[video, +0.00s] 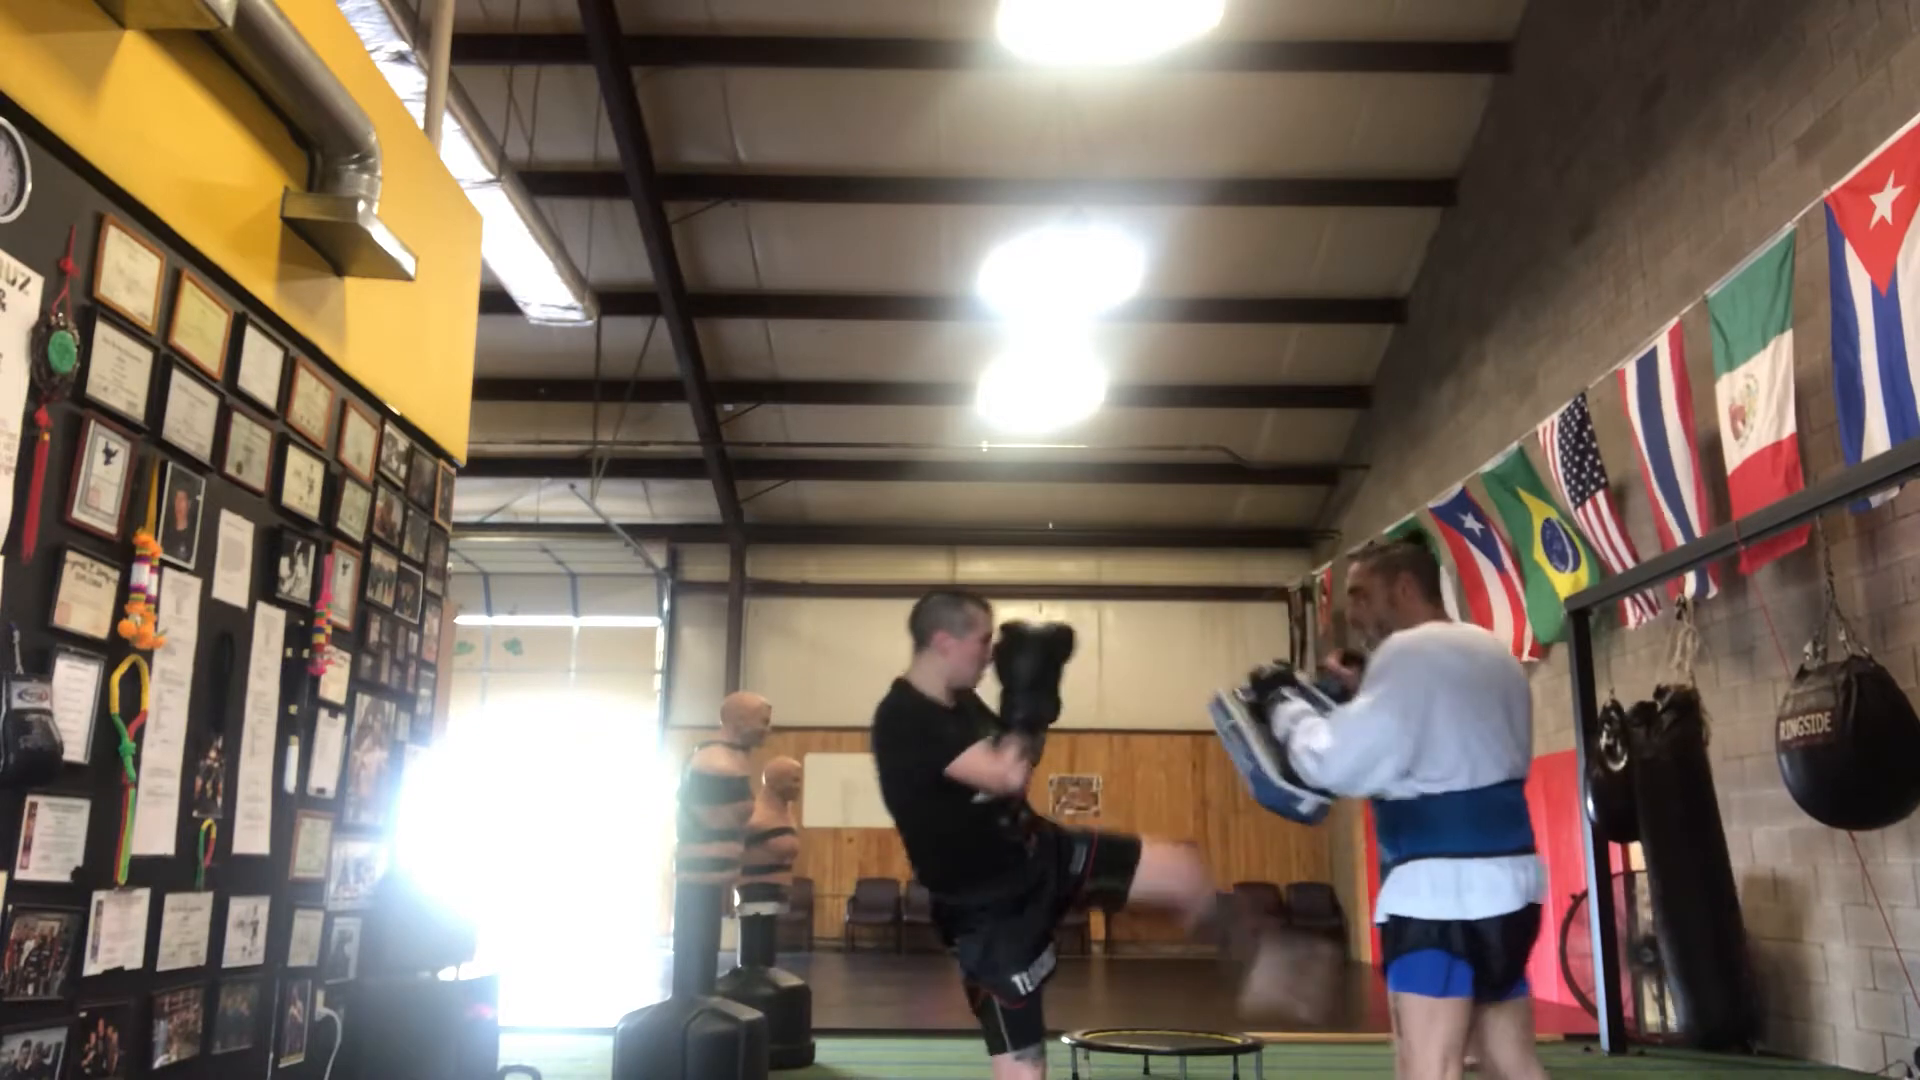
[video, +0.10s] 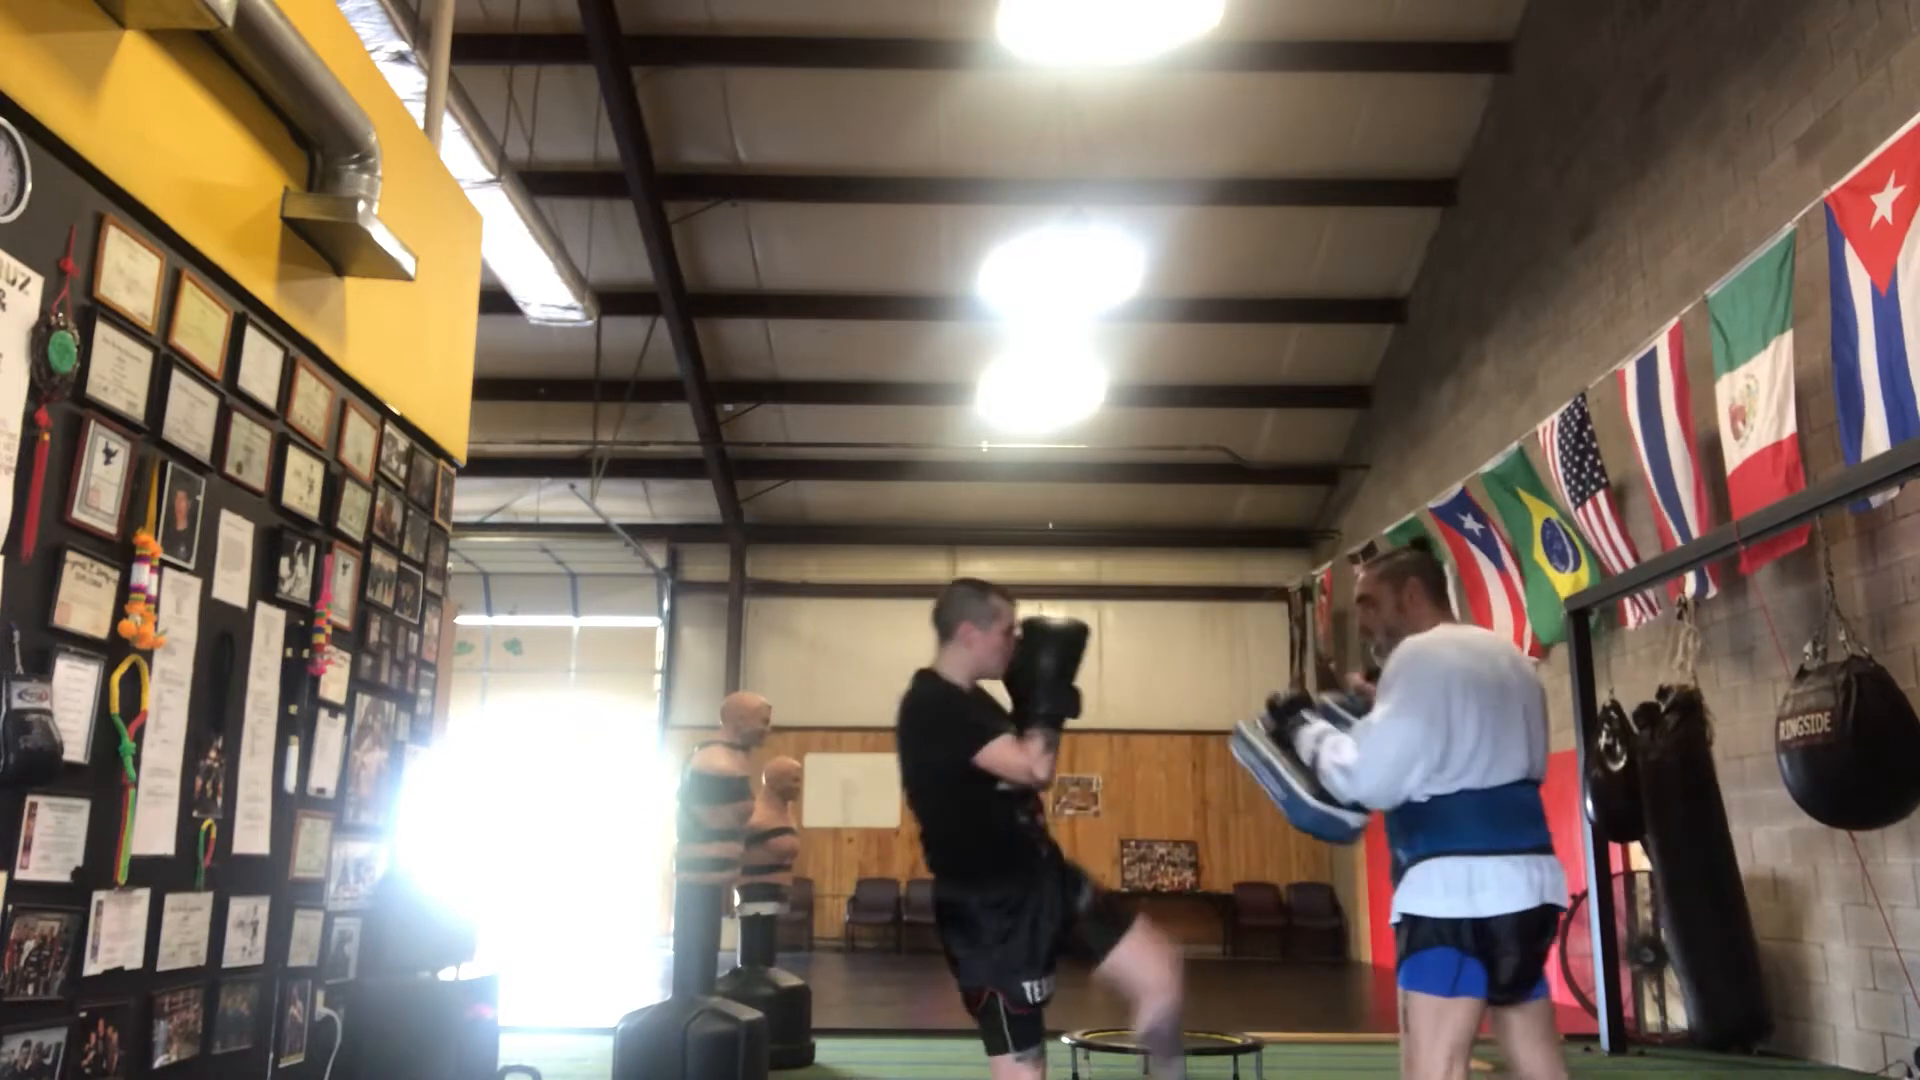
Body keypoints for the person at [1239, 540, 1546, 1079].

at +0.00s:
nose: (1352, 616)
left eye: (1360, 597)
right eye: (1350, 602)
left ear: (1402, 588)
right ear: (1412, 591)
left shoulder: (1407, 656)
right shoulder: (1496, 653)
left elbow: (1333, 763)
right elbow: (1448, 742)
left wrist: (1283, 701)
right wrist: (1361, 692)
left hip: (1440, 897)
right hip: (1513, 886)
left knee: (1428, 1067)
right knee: (1510, 1060)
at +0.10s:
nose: (1361, 621)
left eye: (1367, 603)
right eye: (1360, 606)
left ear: (1409, 594)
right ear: (1421, 597)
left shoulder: (1420, 659)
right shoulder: (1511, 657)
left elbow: (1371, 781)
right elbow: (1475, 752)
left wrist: (1305, 727)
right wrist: (1382, 708)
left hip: (1451, 898)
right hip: (1530, 890)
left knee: (1434, 1067)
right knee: (1539, 1060)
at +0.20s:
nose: (1368, 629)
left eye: (1373, 610)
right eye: (1364, 614)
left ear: (1414, 596)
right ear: (1421, 600)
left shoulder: (1421, 661)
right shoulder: (1524, 661)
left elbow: (1388, 789)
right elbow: (1543, 764)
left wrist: (1323, 747)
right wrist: (1389, 728)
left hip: (1462, 897)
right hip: (1546, 890)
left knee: (1436, 1068)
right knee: (1550, 1064)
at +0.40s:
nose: (1361, 637)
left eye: (1364, 617)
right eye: (1356, 622)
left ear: (1403, 603)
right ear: (1416, 606)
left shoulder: (1415, 663)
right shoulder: (1522, 663)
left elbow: (1388, 795)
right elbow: (1544, 770)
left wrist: (1327, 760)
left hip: (1466, 899)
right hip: (1549, 892)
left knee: (1422, 1067)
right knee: (1552, 1065)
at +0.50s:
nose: (1349, 643)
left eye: (1351, 624)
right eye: (1345, 629)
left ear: (1390, 607)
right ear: (1408, 610)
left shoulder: (1404, 666)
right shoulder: (1503, 664)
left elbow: (1380, 797)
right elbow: (1530, 775)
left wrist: (1318, 759)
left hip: (1460, 897)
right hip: (1542, 892)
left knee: (1379, 1054)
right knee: (1546, 1066)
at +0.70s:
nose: (1296, 653)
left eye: (1301, 632)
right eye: (1293, 637)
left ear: (1341, 615)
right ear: (1346, 618)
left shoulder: (1361, 680)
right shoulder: (1447, 672)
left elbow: (1321, 801)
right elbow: (1485, 774)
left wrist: (1237, 760)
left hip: (1419, 913)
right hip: (1497, 903)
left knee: (1321, 1061)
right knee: (1508, 1069)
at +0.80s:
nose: (1260, 643)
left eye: (1264, 622)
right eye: (1257, 627)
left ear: (1305, 605)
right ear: (1310, 609)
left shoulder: (1327, 672)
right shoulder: (1410, 668)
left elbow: (1287, 800)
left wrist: (1203, 759)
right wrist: (1276, 760)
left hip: (1372, 911)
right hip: (1454, 899)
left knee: (1298, 1066)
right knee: (1473, 1062)